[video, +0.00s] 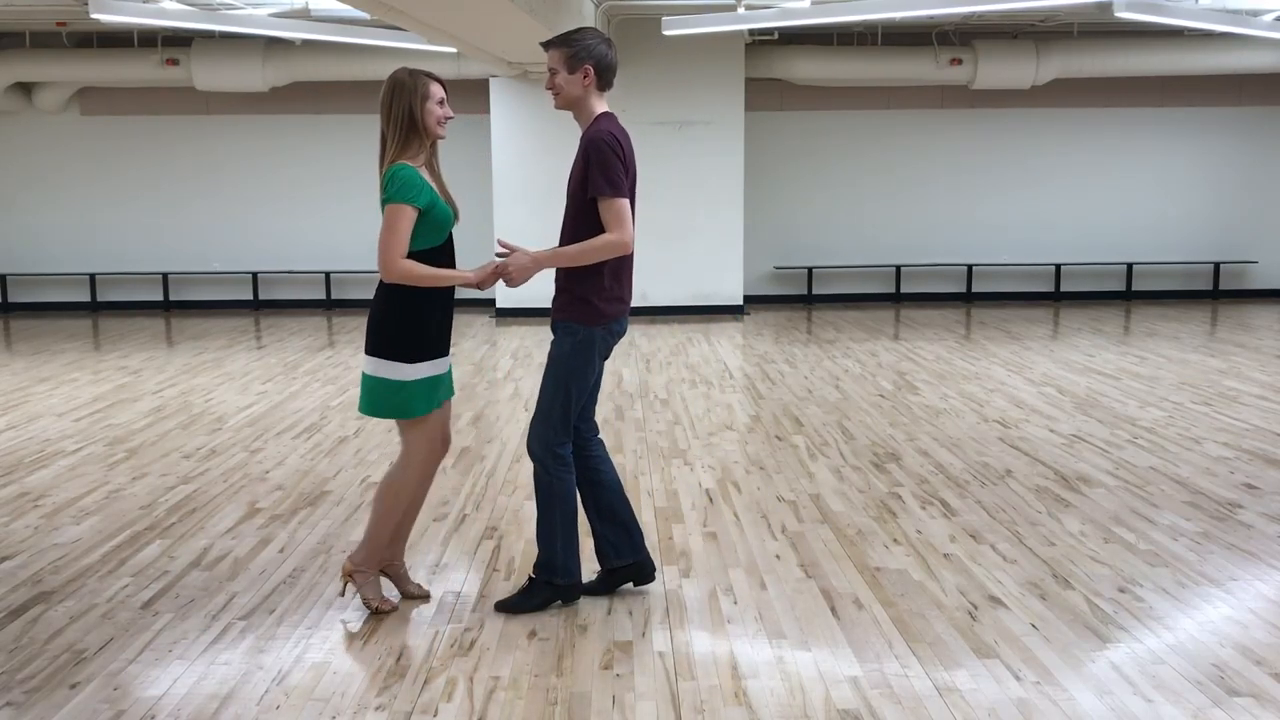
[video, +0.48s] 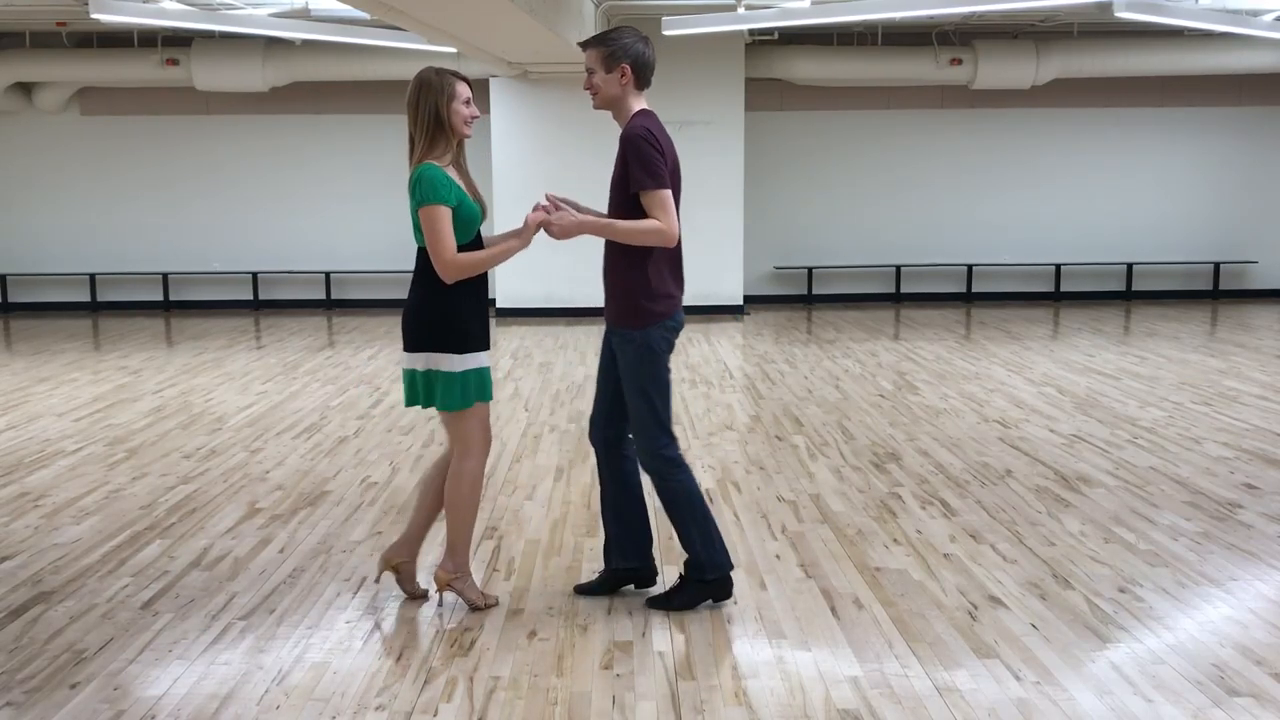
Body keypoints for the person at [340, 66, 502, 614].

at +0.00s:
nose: (448, 111)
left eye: (446, 103)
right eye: (438, 103)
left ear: (427, 111)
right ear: (413, 110)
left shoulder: (423, 173)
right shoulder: (406, 178)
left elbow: (417, 260)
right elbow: (391, 266)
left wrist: (470, 274)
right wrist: (465, 277)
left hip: (426, 332)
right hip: (405, 335)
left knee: (436, 442)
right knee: (421, 446)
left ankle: (392, 555)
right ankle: (364, 562)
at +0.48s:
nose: (475, 111)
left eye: (473, 102)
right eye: (465, 103)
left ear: (458, 112)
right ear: (439, 110)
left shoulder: (450, 174)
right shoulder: (431, 178)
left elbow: (466, 253)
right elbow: (448, 266)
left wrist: (522, 234)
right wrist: (519, 241)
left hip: (458, 325)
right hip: (448, 328)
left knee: (465, 445)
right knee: (473, 443)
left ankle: (403, 550)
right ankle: (455, 565)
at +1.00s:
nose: (491, 113)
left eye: (490, 105)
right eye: (482, 105)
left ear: (472, 113)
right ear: (457, 113)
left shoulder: (469, 176)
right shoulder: (452, 180)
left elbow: (500, 252)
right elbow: (474, 271)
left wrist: (562, 255)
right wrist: (551, 272)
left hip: (478, 330)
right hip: (472, 335)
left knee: (493, 442)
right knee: (523, 442)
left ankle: (484, 552)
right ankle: (470, 550)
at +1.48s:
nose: (477, 111)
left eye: (475, 102)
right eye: (466, 102)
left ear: (459, 111)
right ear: (440, 111)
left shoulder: (455, 173)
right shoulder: (433, 177)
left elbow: (479, 251)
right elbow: (466, 261)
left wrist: (535, 229)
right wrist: (529, 233)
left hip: (468, 327)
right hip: (449, 330)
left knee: (482, 443)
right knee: (478, 446)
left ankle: (420, 544)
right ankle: (460, 562)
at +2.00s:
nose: (435, 112)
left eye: (434, 103)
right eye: (426, 104)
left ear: (415, 112)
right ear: (400, 112)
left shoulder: (416, 173)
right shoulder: (391, 178)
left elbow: (419, 259)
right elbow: (374, 265)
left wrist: (467, 266)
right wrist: (446, 280)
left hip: (425, 328)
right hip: (397, 334)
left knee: (446, 442)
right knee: (398, 455)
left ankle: (410, 555)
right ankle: (342, 566)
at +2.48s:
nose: (436, 111)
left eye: (433, 102)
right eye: (426, 103)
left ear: (412, 111)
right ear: (400, 113)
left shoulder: (408, 175)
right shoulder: (395, 178)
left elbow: (429, 261)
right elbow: (417, 268)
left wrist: (487, 245)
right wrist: (489, 255)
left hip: (395, 335)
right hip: (404, 339)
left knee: (409, 446)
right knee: (443, 446)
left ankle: (372, 557)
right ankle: (376, 555)